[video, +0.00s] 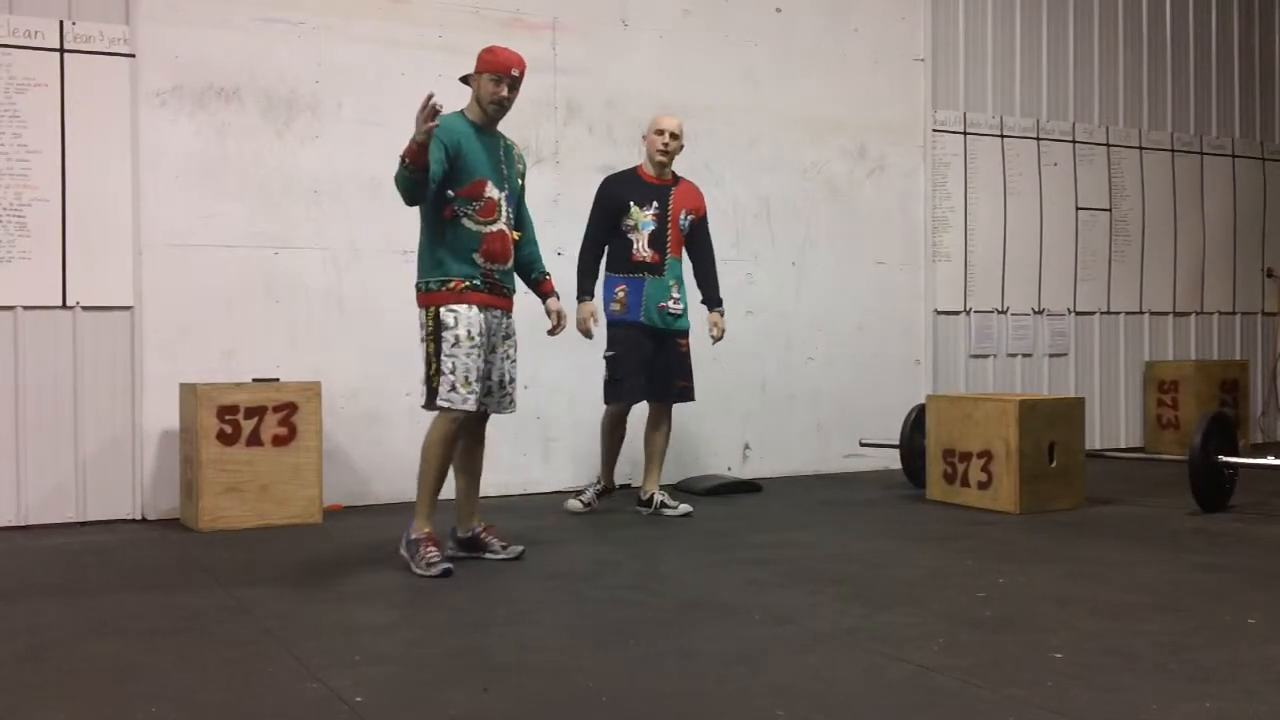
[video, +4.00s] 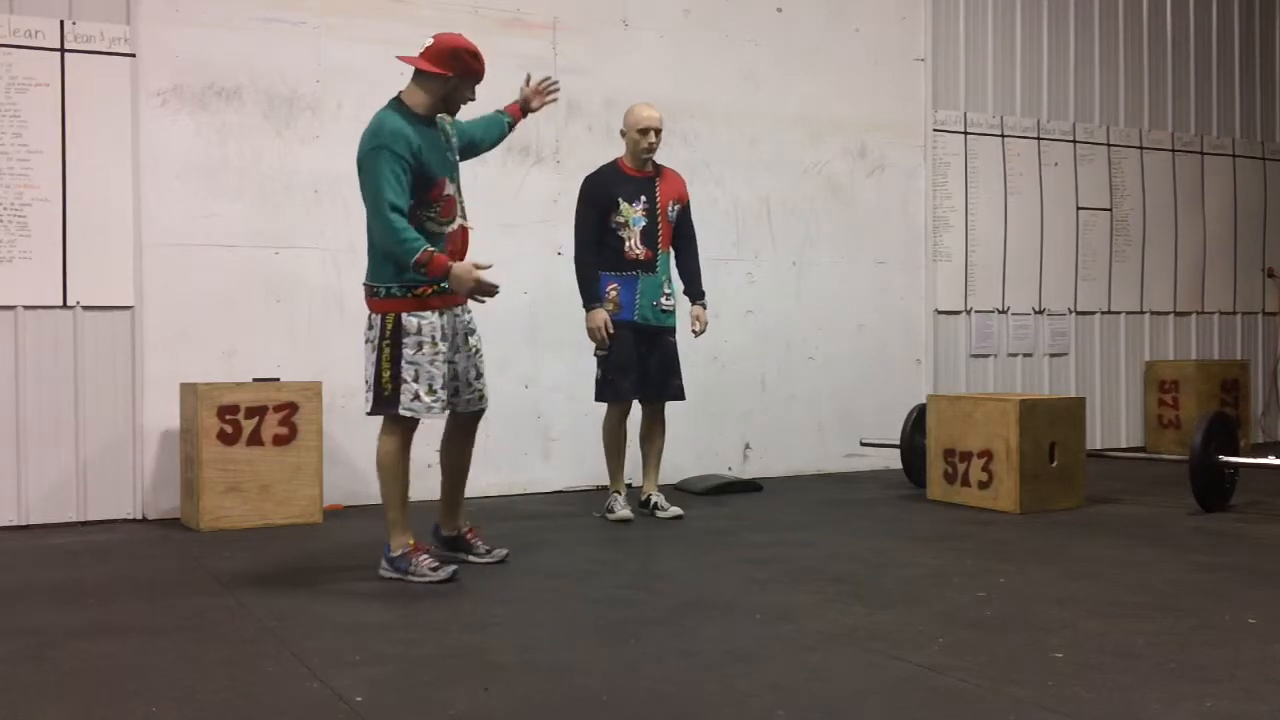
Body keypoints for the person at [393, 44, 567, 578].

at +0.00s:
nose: (504, 90)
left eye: (511, 84)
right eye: (495, 80)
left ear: (517, 93)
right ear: (473, 82)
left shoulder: (511, 153)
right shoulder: (446, 132)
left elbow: (520, 228)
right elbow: (411, 195)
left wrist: (548, 291)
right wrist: (418, 143)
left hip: (496, 296)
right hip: (452, 291)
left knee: (478, 414)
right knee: (456, 409)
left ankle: (468, 527)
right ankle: (421, 531)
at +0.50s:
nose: (491, 83)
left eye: (500, 75)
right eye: (482, 72)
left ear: (507, 83)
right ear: (460, 76)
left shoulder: (506, 148)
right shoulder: (437, 133)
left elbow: (520, 225)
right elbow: (415, 189)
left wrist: (549, 289)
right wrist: (417, 190)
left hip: (497, 300)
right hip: (450, 296)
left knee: (479, 416)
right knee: (443, 416)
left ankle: (470, 529)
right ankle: (436, 545)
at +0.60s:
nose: (488, 78)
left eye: (496, 70)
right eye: (477, 68)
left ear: (502, 78)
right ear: (455, 73)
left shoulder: (502, 145)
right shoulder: (432, 131)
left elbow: (517, 224)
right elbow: (412, 194)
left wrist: (547, 287)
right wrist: (421, 241)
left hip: (495, 301)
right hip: (448, 297)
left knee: (480, 415)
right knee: (442, 415)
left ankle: (470, 529)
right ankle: (436, 544)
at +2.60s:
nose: (505, 105)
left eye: (508, 96)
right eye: (504, 93)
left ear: (479, 83)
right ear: (481, 83)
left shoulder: (478, 144)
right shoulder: (431, 128)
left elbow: (484, 225)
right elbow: (431, 201)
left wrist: (522, 282)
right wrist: (464, 228)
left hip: (472, 298)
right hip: (440, 297)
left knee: (457, 416)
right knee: (440, 417)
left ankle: (450, 531)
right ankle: (434, 546)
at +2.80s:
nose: (506, 115)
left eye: (509, 104)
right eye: (506, 102)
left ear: (476, 86)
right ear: (487, 89)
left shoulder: (462, 139)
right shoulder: (437, 132)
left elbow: (472, 225)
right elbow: (465, 198)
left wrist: (525, 250)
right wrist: (531, 199)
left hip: (464, 294)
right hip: (444, 296)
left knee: (463, 412)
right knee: (454, 413)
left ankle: (449, 530)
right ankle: (437, 543)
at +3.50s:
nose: (495, 105)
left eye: (497, 95)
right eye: (494, 94)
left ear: (463, 83)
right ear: (472, 86)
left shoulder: (454, 132)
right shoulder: (418, 134)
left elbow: (483, 175)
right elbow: (451, 212)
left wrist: (530, 165)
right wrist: (525, 230)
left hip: (457, 296)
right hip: (422, 298)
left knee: (447, 419)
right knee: (415, 419)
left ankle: (448, 532)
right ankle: (402, 546)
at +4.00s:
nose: (468, 100)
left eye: (469, 92)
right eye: (467, 90)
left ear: (441, 79)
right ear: (446, 81)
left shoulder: (436, 125)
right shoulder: (387, 136)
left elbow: (473, 136)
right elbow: (389, 227)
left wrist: (520, 106)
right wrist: (446, 269)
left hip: (449, 295)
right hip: (404, 302)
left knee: (468, 408)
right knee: (400, 419)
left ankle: (451, 528)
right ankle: (400, 549)